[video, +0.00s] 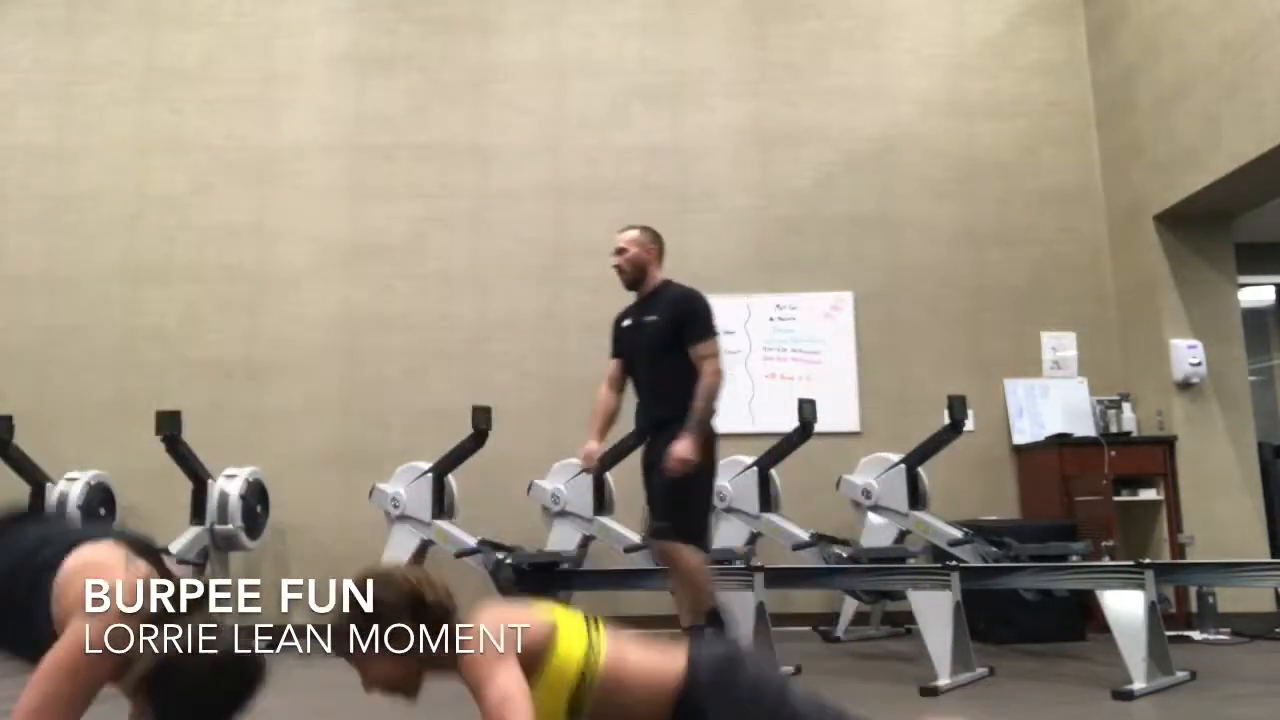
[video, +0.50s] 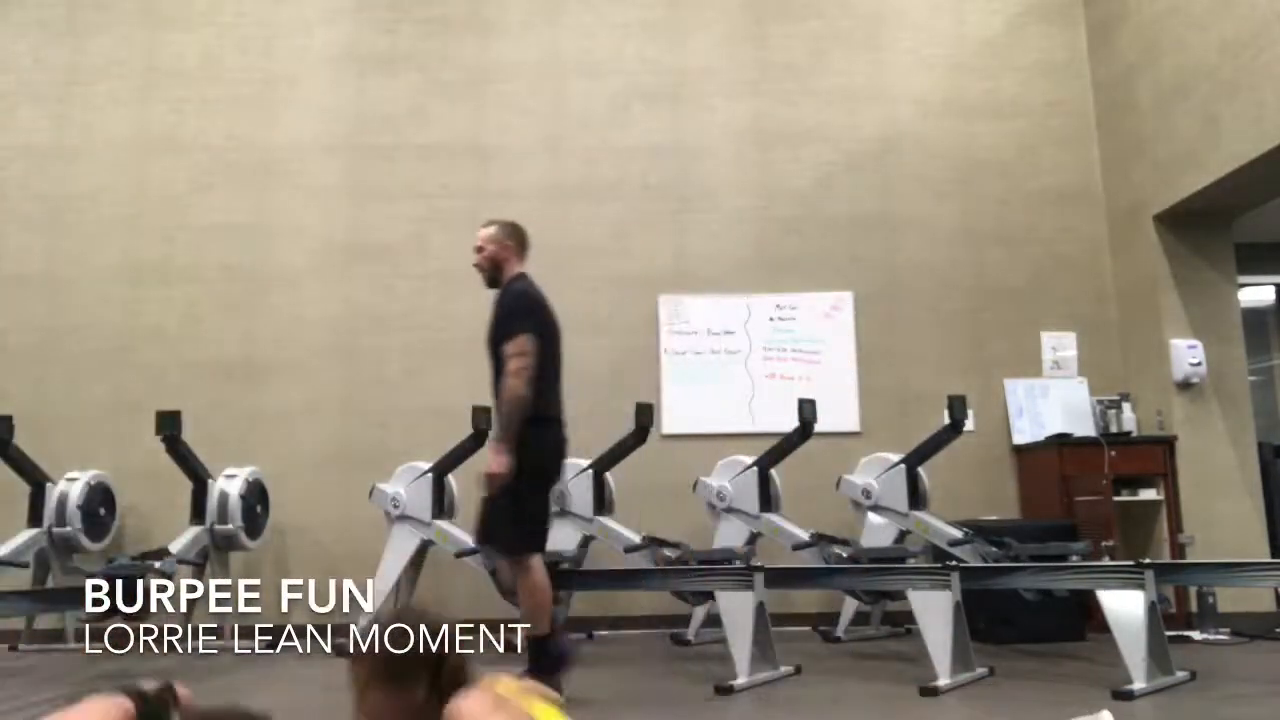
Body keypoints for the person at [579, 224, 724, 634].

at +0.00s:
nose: (615, 260)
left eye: (623, 251)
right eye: (615, 253)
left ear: (652, 254)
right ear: (628, 260)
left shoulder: (685, 302)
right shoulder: (626, 320)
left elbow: (711, 371)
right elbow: (613, 385)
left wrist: (691, 435)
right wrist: (595, 438)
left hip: (689, 433)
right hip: (655, 439)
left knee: (670, 537)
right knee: (672, 542)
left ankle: (713, 624)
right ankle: (695, 636)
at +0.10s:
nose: (596, 261)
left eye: (604, 252)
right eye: (596, 254)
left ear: (633, 255)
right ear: (620, 258)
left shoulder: (663, 302)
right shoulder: (611, 320)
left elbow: (685, 373)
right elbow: (597, 386)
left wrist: (657, 438)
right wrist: (573, 439)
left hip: (668, 440)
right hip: (644, 442)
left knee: (626, 541)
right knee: (672, 551)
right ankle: (695, 667)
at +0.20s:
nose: (567, 263)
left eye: (575, 253)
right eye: (567, 256)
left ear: (605, 257)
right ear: (586, 262)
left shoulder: (628, 307)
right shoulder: (592, 317)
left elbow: (646, 377)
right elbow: (576, 391)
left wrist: (619, 445)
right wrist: (549, 448)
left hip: (631, 449)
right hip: (620, 449)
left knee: (588, 554)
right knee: (654, 553)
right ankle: (692, 666)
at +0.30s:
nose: (533, 259)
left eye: (541, 251)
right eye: (533, 252)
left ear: (568, 253)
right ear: (561, 255)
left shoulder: (585, 304)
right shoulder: (564, 309)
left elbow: (601, 384)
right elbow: (557, 392)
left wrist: (585, 453)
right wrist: (538, 455)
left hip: (583, 450)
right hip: (581, 450)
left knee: (553, 559)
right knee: (608, 556)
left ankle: (542, 674)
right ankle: (676, 651)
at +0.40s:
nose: (499, 257)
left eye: (506, 248)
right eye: (499, 249)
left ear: (533, 252)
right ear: (530, 252)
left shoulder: (545, 300)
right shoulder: (540, 299)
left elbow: (553, 381)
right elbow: (549, 381)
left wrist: (544, 450)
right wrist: (538, 444)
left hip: (550, 444)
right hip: (551, 443)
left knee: (534, 555)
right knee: (545, 552)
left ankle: (541, 673)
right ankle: (617, 629)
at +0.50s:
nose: (476, 256)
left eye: (483, 248)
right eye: (476, 249)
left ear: (510, 251)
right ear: (504, 254)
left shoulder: (517, 299)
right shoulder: (521, 298)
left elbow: (519, 379)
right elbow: (523, 380)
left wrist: (501, 444)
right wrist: (508, 442)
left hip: (532, 440)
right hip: (531, 440)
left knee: (522, 549)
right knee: (498, 542)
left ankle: (543, 657)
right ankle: (548, 639)